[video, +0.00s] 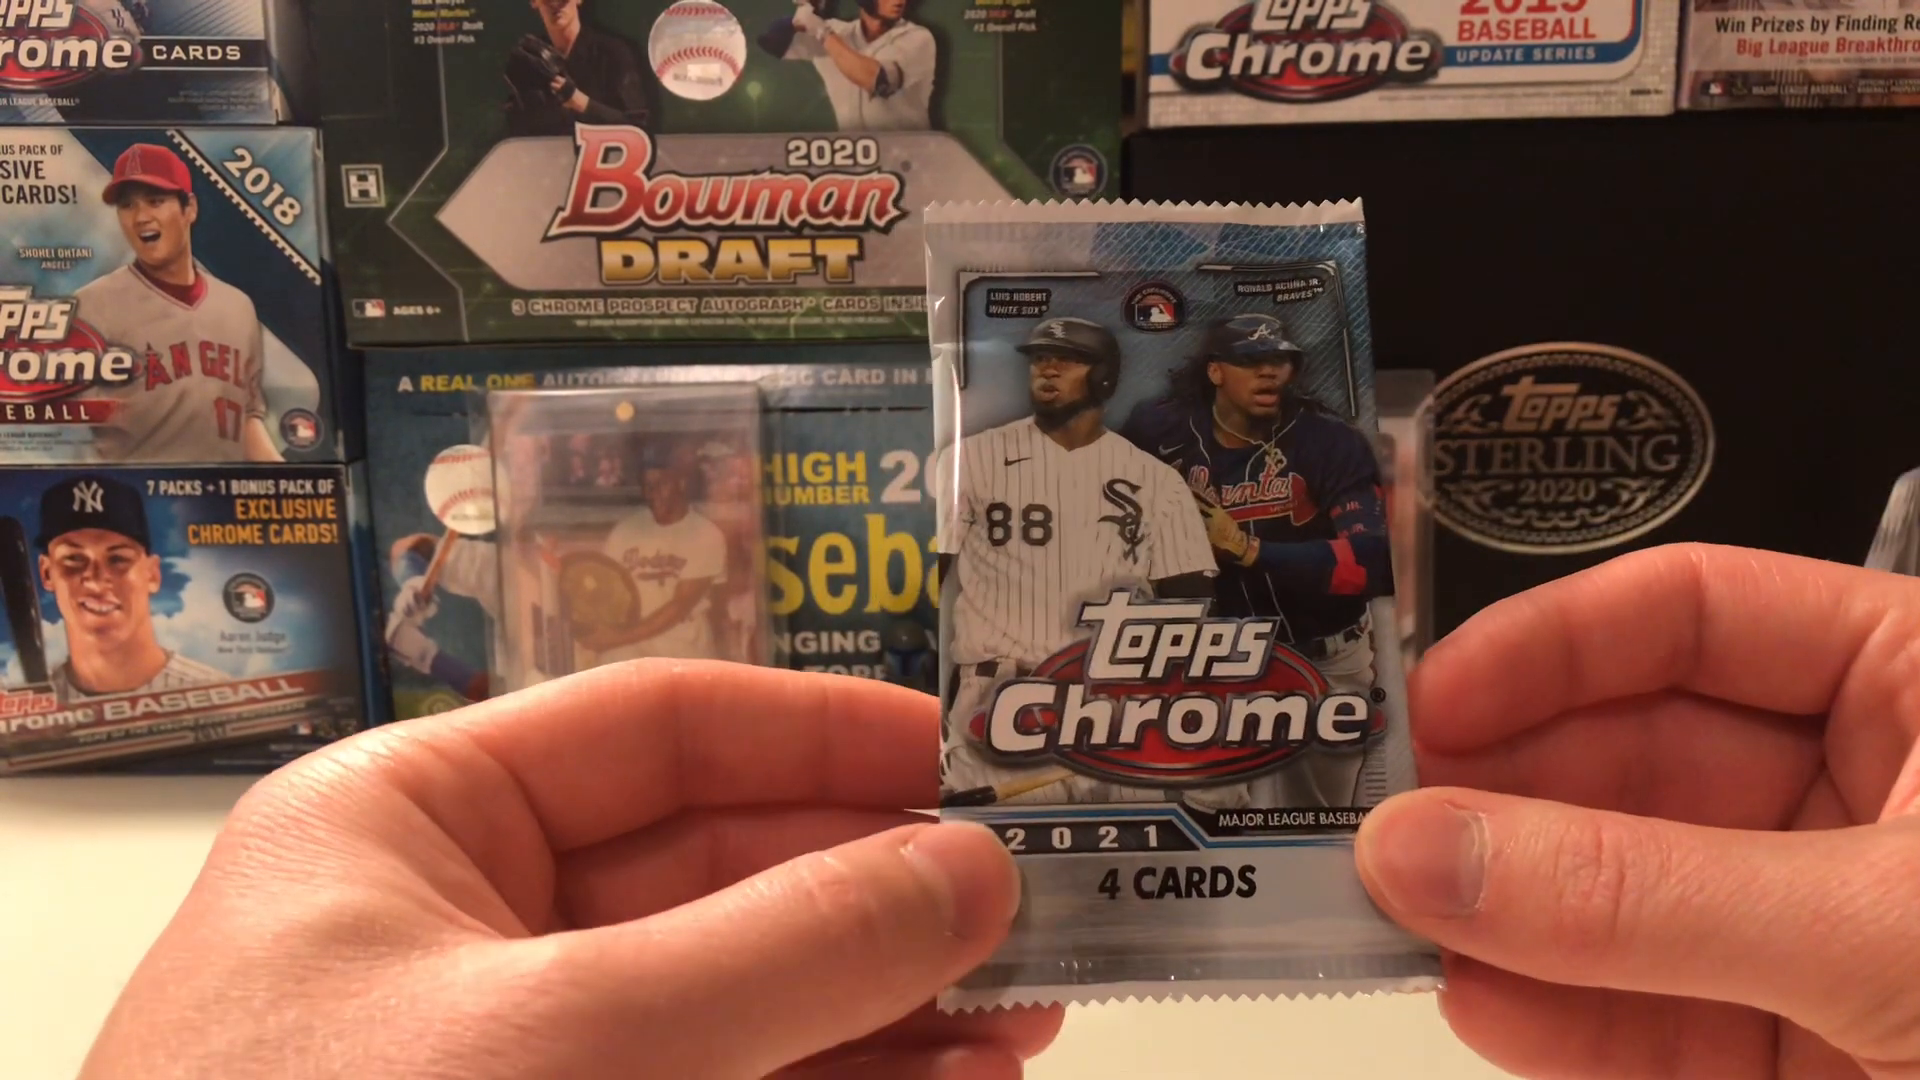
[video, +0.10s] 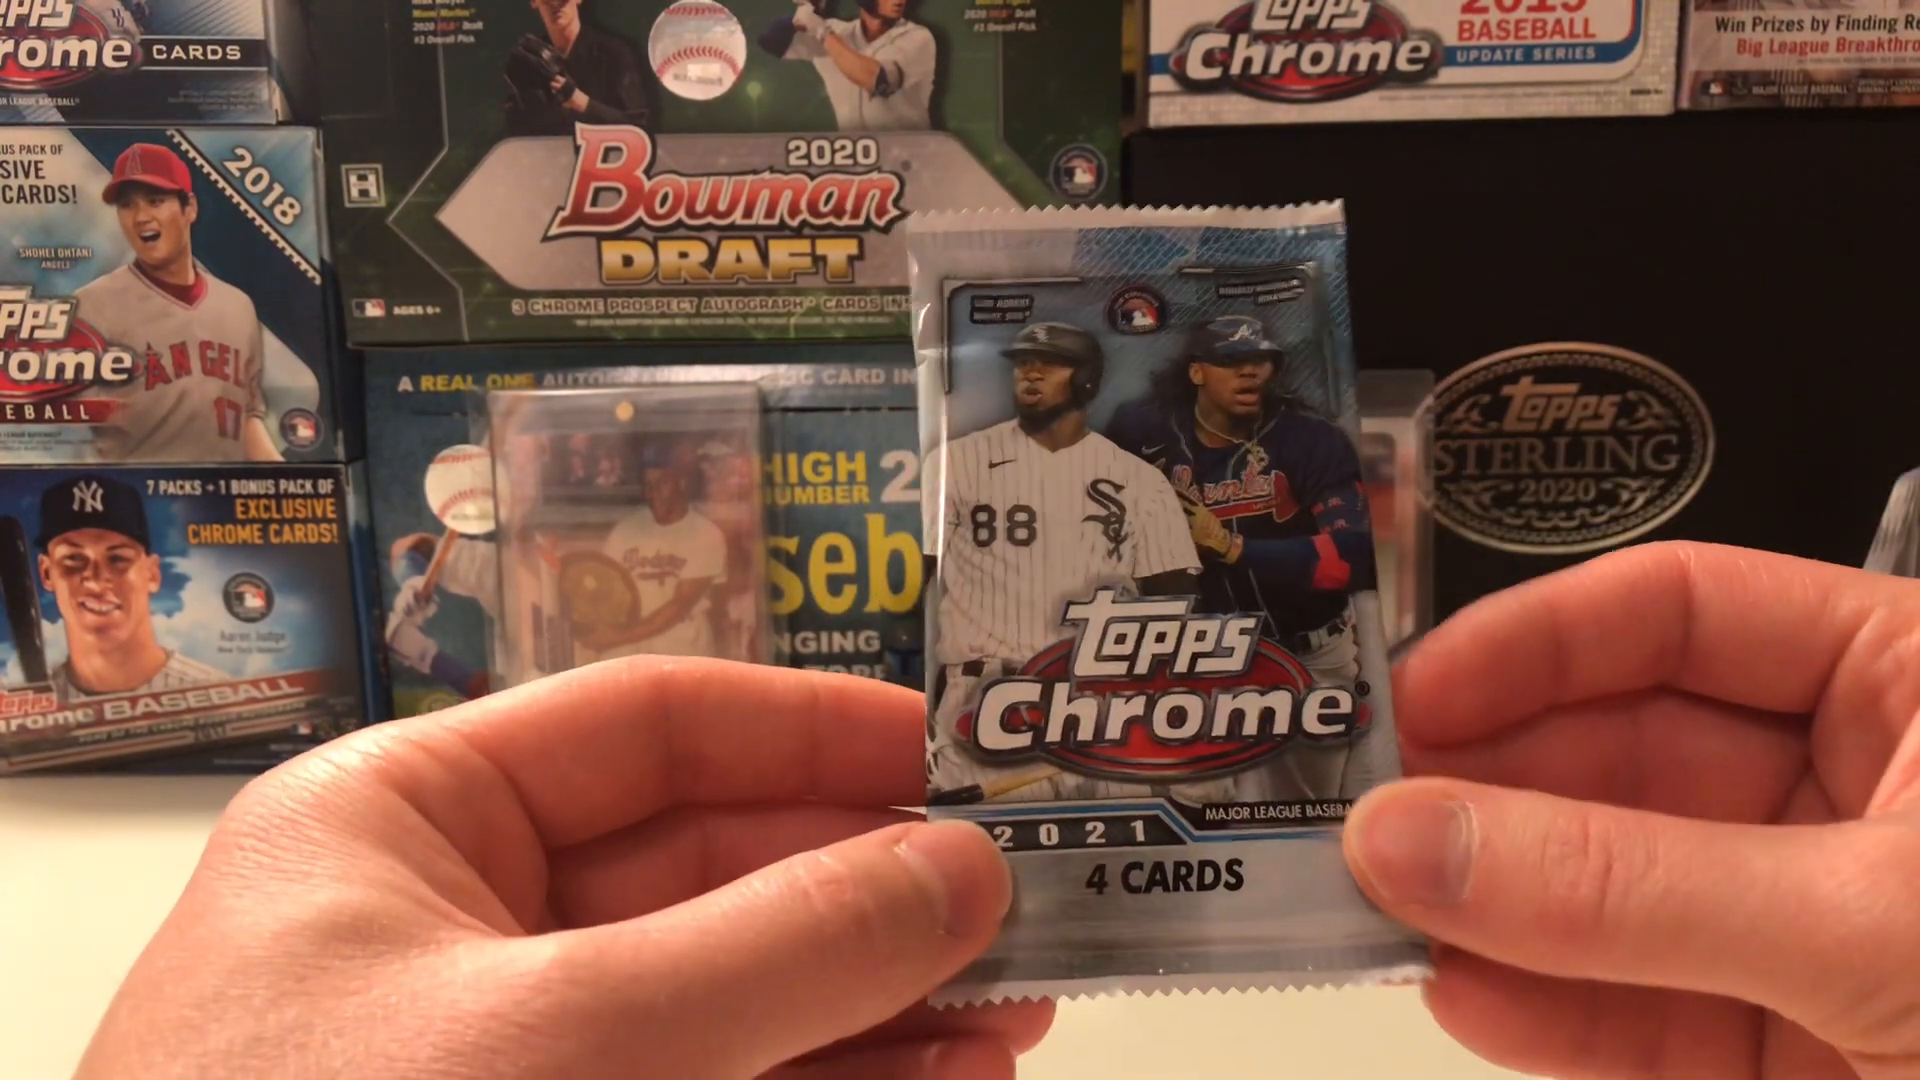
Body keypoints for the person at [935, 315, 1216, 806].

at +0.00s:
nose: (1047, 371)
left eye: (1065, 360)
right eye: (1040, 359)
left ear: (1102, 377)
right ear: (1028, 369)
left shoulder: (1157, 484)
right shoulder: (967, 464)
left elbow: (1186, 611)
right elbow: (940, 590)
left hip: (1111, 715)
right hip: (991, 712)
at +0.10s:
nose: (1030, 374)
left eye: (1048, 364)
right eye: (1023, 363)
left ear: (1085, 379)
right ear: (1012, 373)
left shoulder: (1140, 483)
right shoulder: (952, 466)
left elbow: (1173, 609)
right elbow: (916, 590)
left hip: (1098, 716)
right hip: (975, 713)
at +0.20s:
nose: (1028, 369)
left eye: (1046, 359)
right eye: (1021, 358)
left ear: (1083, 375)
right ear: (1010, 368)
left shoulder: (1139, 478)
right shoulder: (951, 462)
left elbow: (1172, 606)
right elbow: (912, 588)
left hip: (1099, 717)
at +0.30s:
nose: (1038, 376)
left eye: (1055, 366)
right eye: (1031, 365)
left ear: (1091, 382)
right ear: (1020, 375)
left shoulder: (1147, 485)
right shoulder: (959, 468)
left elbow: (1183, 611)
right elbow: (934, 593)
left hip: (1102, 711)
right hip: (982, 710)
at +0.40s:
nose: (1045, 379)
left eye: (1062, 368)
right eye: (1037, 368)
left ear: (1098, 384)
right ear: (1027, 378)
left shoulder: (1156, 486)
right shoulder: (970, 471)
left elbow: (1191, 613)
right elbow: (946, 594)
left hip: (1111, 714)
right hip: (993, 714)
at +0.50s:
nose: (1044, 357)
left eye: (1063, 343)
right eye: (1035, 345)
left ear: (1102, 353)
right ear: (1023, 355)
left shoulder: (1168, 462)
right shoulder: (980, 462)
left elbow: (1210, 591)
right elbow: (972, 593)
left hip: (1142, 732)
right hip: (1022, 738)